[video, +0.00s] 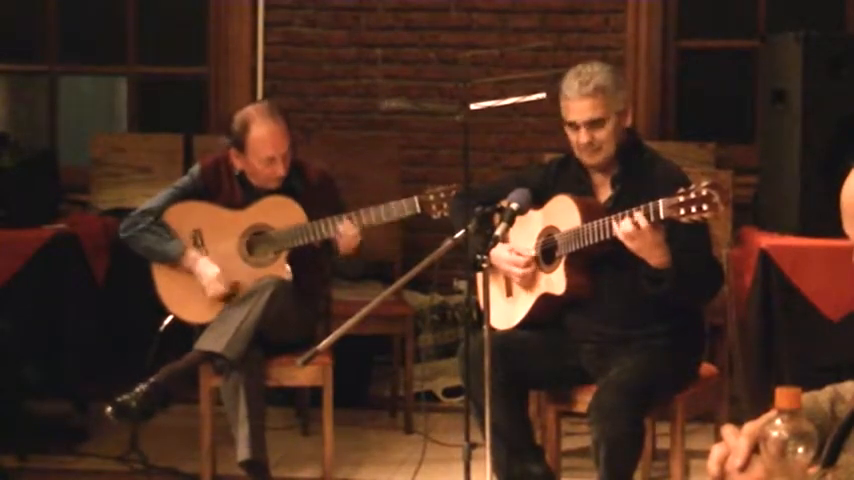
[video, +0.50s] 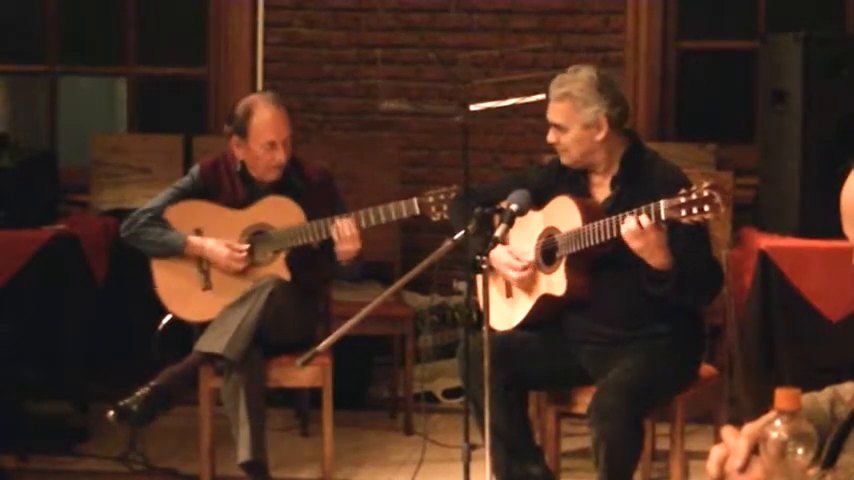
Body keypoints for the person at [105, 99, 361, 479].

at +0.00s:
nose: (280, 169)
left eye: (284, 157)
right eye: (269, 162)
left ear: (290, 145)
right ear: (238, 157)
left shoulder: (313, 183)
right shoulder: (213, 176)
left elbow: (343, 269)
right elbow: (134, 227)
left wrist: (347, 252)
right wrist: (195, 262)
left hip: (297, 315)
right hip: (228, 312)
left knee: (271, 289)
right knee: (245, 357)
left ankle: (165, 380)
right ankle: (255, 468)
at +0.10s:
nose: (280, 166)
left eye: (284, 154)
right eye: (268, 159)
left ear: (291, 144)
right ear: (238, 157)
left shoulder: (313, 182)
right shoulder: (212, 176)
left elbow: (340, 261)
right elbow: (135, 227)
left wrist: (373, 241)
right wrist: (192, 264)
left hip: (296, 315)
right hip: (231, 311)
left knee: (270, 288)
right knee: (244, 353)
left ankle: (167, 381)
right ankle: (255, 469)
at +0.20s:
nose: (280, 165)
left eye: (284, 152)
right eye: (268, 156)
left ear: (291, 143)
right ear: (238, 155)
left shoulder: (312, 181)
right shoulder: (212, 176)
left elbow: (343, 261)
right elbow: (136, 229)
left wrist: (378, 240)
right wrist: (191, 260)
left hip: (296, 314)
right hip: (228, 310)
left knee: (271, 288)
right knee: (244, 355)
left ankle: (168, 381)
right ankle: (254, 468)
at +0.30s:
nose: (281, 161)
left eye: (285, 149)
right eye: (270, 153)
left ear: (292, 140)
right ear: (239, 152)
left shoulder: (314, 182)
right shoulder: (211, 178)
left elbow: (341, 265)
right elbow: (134, 230)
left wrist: (362, 250)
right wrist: (197, 256)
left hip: (296, 315)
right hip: (228, 311)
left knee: (272, 288)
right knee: (245, 355)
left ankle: (170, 381)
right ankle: (255, 467)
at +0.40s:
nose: (280, 159)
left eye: (285, 147)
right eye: (269, 150)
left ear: (291, 140)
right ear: (238, 148)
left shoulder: (313, 183)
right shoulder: (212, 177)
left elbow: (341, 270)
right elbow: (134, 230)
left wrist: (352, 257)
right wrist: (202, 250)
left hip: (297, 315)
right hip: (228, 310)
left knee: (271, 287)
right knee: (245, 355)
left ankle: (167, 383)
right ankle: (255, 468)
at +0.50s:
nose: (281, 156)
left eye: (285, 144)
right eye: (269, 147)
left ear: (292, 138)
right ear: (238, 146)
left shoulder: (313, 181)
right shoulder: (212, 176)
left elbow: (339, 266)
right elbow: (135, 228)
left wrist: (348, 257)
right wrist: (203, 247)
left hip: (297, 314)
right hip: (228, 309)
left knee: (269, 288)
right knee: (244, 354)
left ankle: (169, 383)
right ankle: (253, 467)